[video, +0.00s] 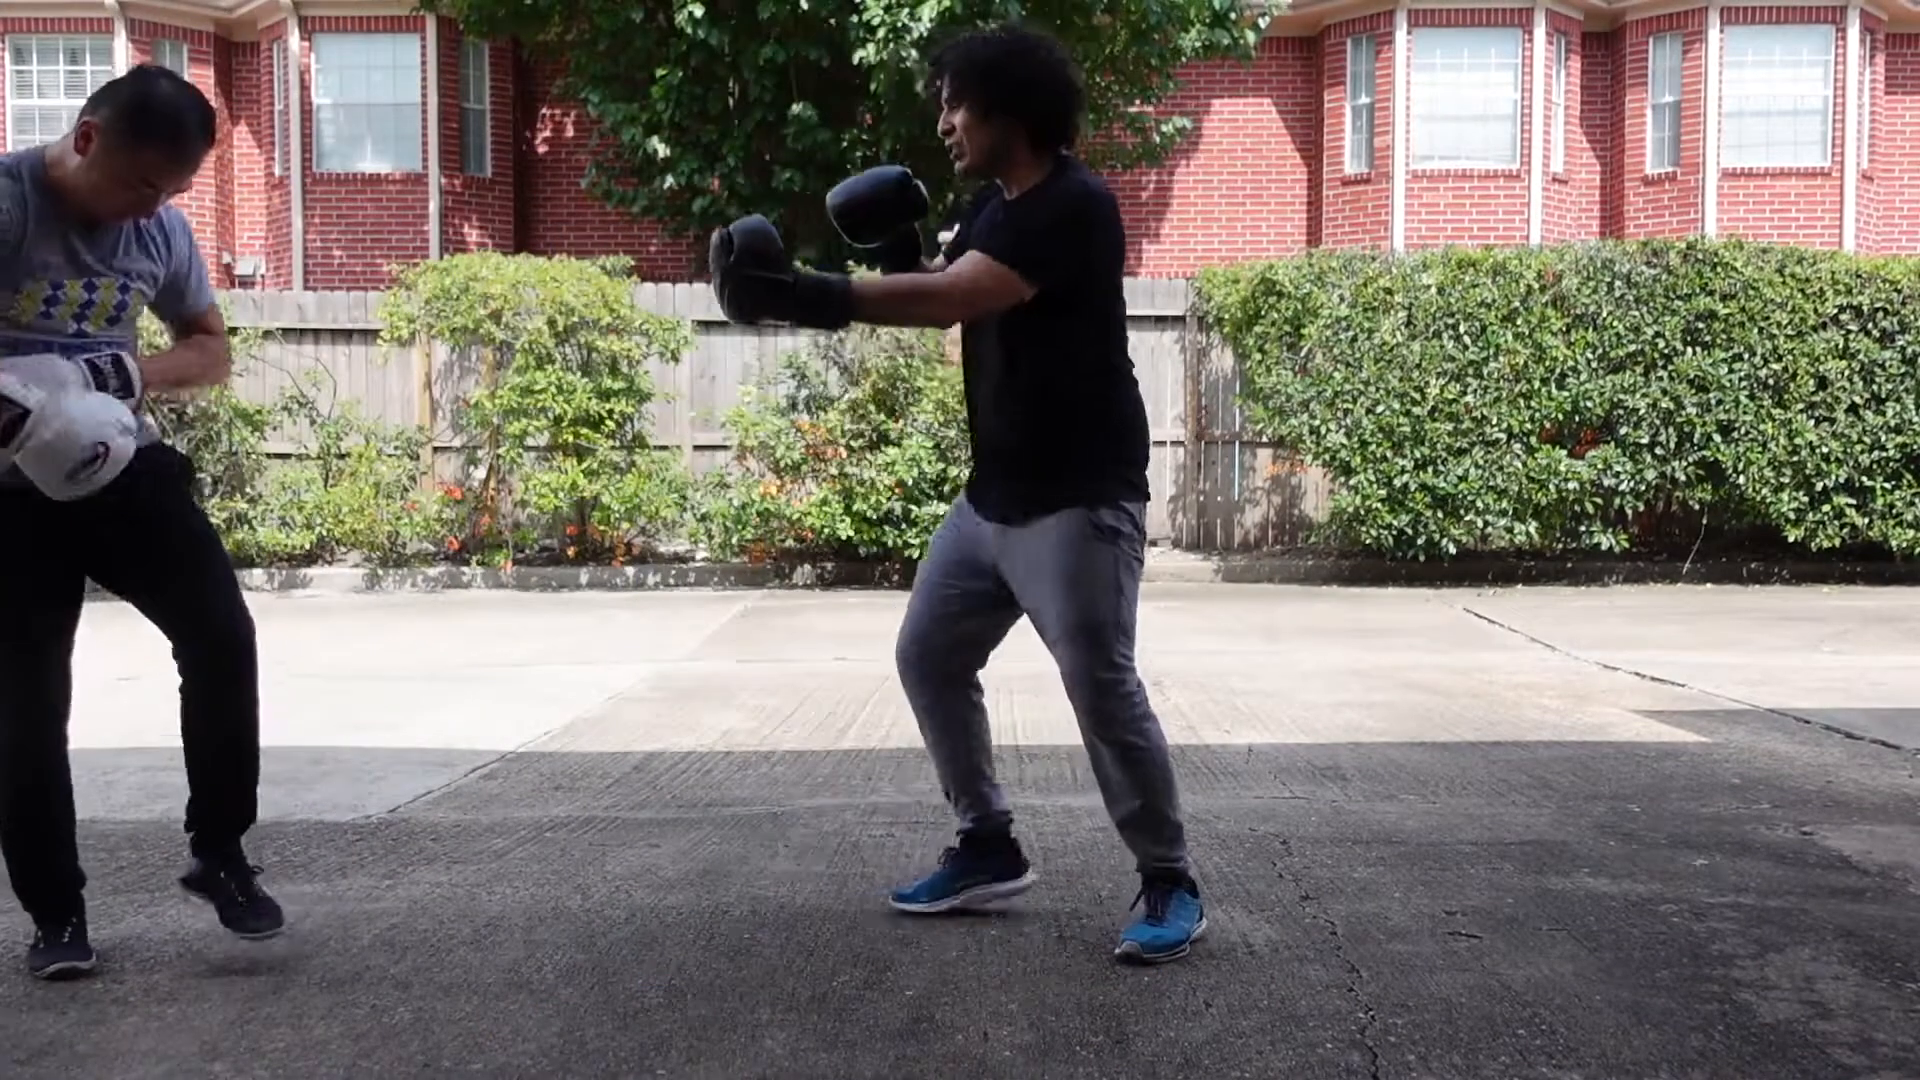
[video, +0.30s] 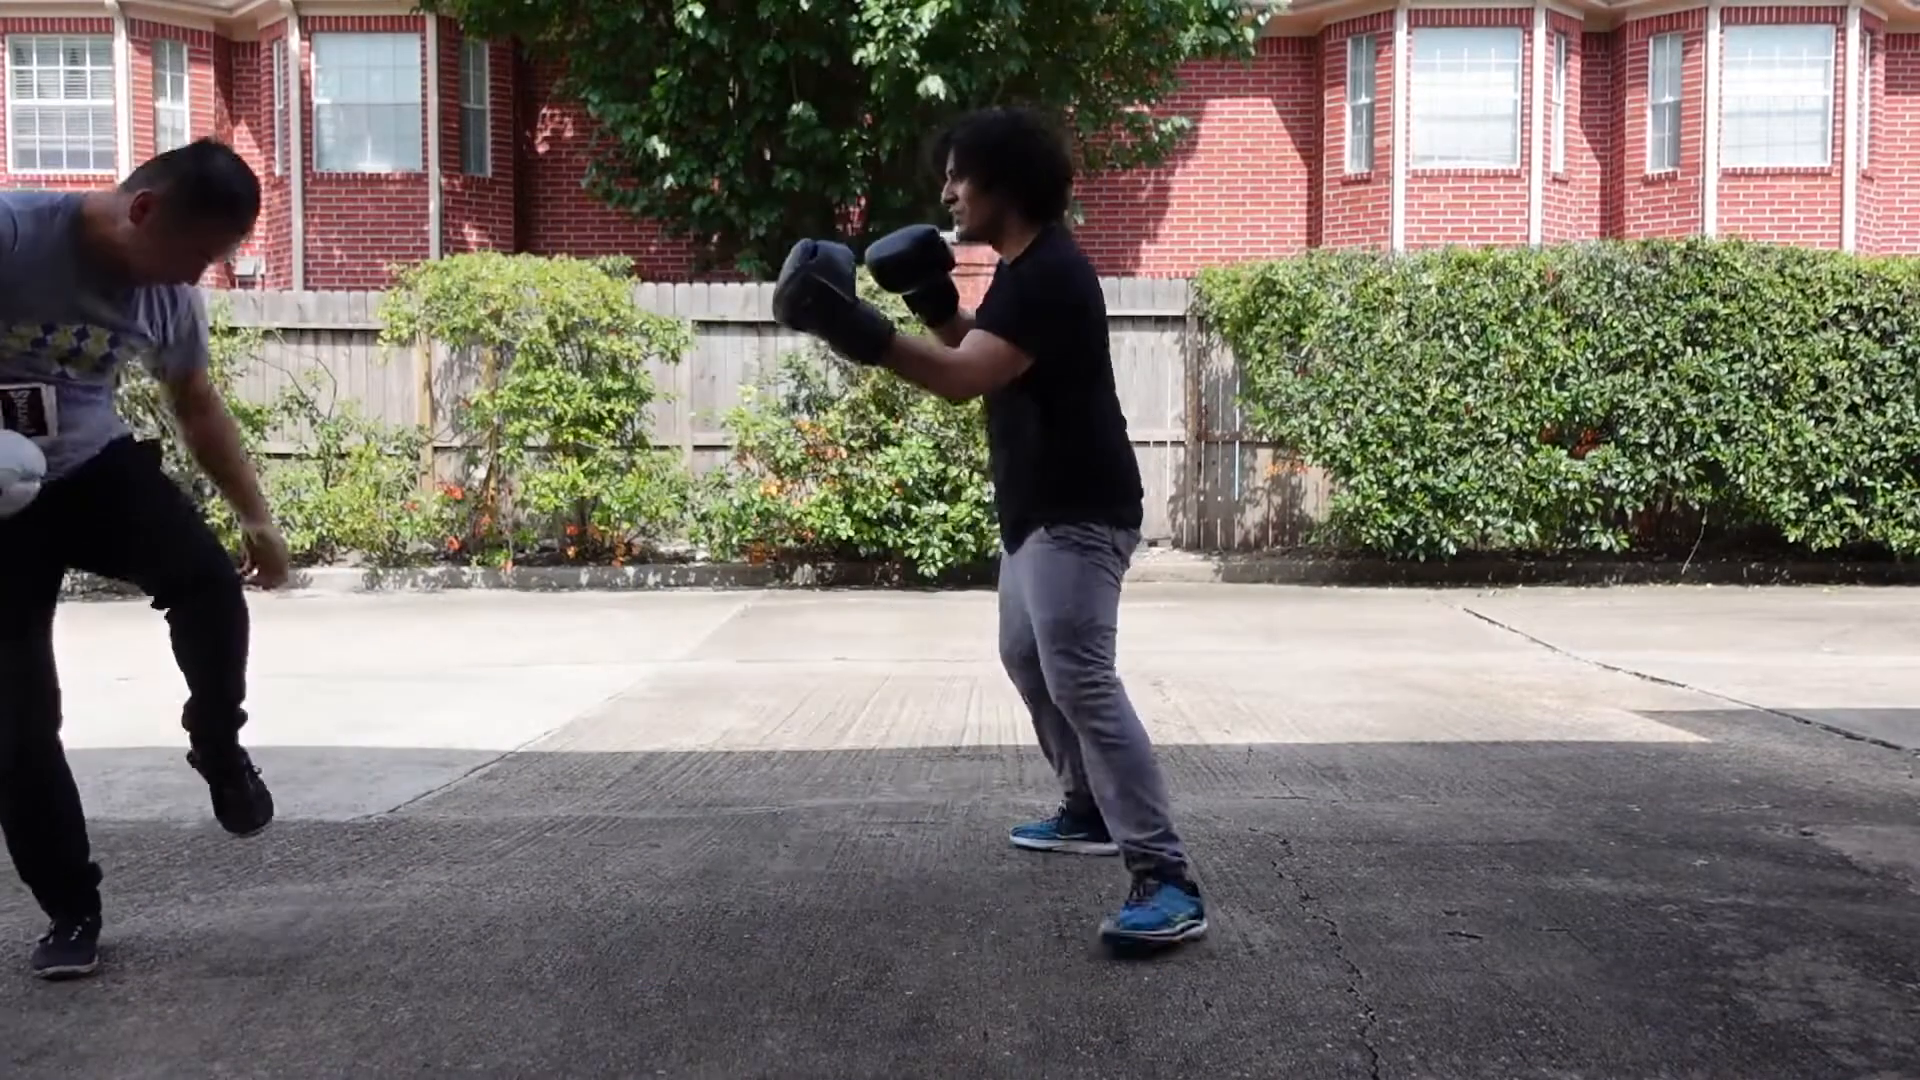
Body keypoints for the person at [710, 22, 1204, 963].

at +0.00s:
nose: (946, 128)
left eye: (959, 110)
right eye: (945, 111)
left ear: (1015, 112)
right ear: (986, 114)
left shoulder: (1075, 203)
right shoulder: (988, 209)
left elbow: (962, 296)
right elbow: (950, 309)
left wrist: (816, 296)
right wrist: (902, 259)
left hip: (1081, 498)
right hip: (993, 496)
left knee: (1102, 688)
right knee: (930, 657)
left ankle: (1168, 885)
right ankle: (987, 847)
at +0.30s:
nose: (950, 195)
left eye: (961, 179)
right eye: (950, 179)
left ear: (1004, 185)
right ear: (1013, 187)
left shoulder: (1049, 272)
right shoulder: (1016, 270)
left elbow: (962, 378)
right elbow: (981, 363)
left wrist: (863, 331)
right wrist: (943, 305)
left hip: (1077, 514)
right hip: (1033, 514)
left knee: (1080, 677)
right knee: (1026, 660)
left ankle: (1166, 878)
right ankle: (1092, 807)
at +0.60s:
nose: (895, 202)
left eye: (903, 186)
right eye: (892, 188)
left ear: (944, 186)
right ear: (955, 189)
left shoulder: (986, 250)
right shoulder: (971, 255)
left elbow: (926, 351)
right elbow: (931, 350)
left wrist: (832, 299)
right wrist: (886, 286)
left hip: (1022, 492)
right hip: (1023, 489)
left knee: (945, 633)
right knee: (1032, 646)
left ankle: (998, 802)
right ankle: (1088, 808)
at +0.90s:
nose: (810, 220)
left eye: (820, 205)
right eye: (809, 206)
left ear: (860, 206)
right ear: (867, 211)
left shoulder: (901, 280)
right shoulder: (885, 280)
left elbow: (929, 400)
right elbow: (889, 380)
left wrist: (825, 389)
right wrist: (822, 354)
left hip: (911, 508)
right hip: (928, 506)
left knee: (845, 647)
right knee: (912, 648)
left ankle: (858, 813)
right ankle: (1028, 764)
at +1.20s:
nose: (763, 195)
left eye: (774, 182)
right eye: (761, 183)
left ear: (818, 184)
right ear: (785, 188)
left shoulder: (859, 261)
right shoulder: (804, 261)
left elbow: (891, 386)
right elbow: (817, 364)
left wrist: (827, 470)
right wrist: (768, 398)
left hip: (854, 490)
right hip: (797, 483)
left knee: (830, 642)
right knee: (767, 621)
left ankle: (860, 810)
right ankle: (808, 758)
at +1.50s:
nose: (734, 228)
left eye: (745, 216)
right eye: (730, 216)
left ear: (786, 215)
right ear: (735, 220)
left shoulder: (840, 292)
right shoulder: (728, 287)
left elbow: (881, 393)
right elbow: (705, 370)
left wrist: (848, 453)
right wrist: (689, 406)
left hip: (804, 507)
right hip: (730, 504)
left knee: (820, 655)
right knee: (728, 649)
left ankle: (851, 804)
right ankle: (751, 778)